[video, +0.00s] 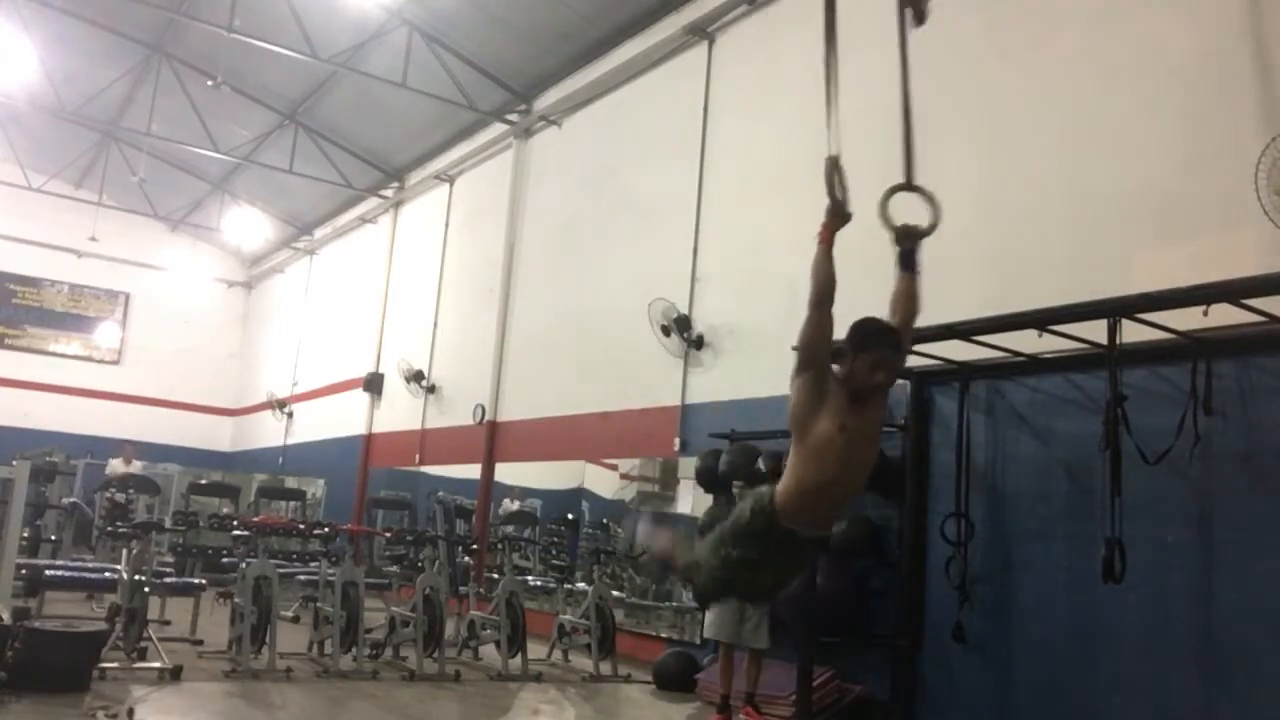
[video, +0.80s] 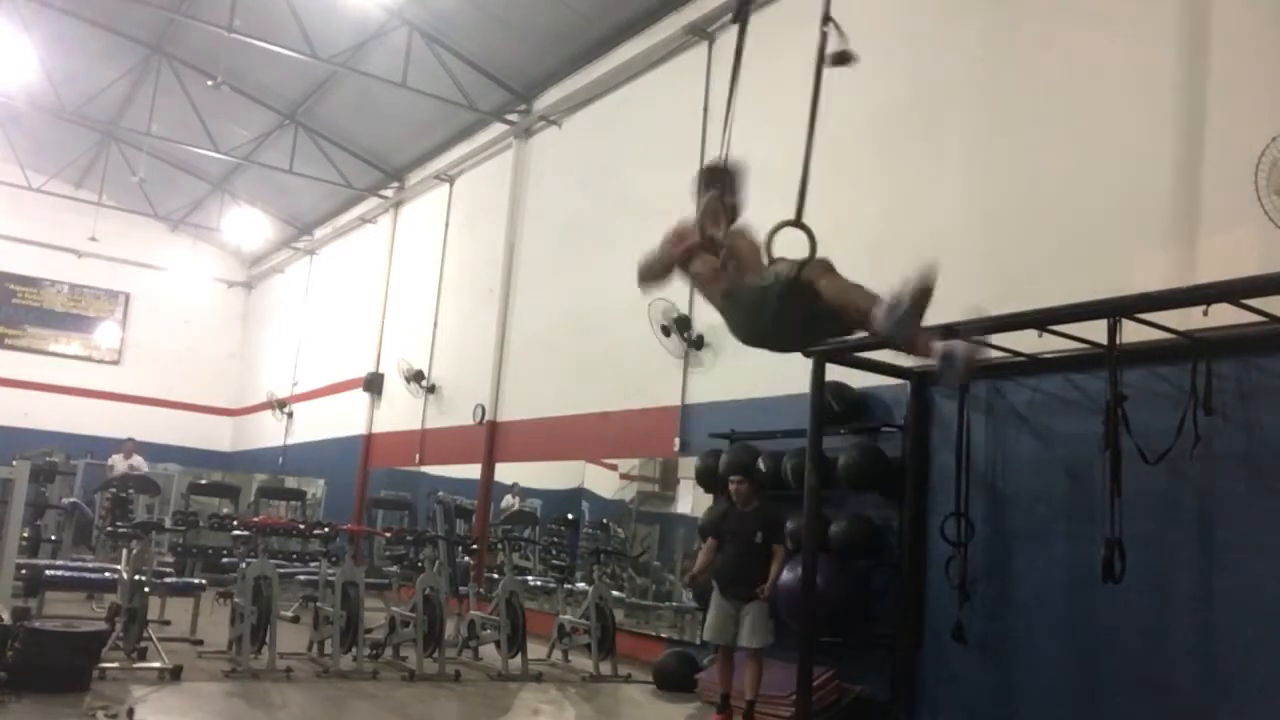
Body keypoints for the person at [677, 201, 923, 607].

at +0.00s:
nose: (882, 379)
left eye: (889, 370)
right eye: (873, 367)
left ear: (894, 370)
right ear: (848, 360)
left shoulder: (877, 395)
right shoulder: (816, 393)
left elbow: (903, 324)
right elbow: (820, 307)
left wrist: (908, 253)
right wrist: (827, 235)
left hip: (808, 541)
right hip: (767, 524)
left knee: (751, 593)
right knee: (704, 577)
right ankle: (654, 536)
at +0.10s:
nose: (857, 381)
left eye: (864, 372)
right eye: (848, 371)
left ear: (867, 374)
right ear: (822, 367)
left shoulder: (854, 405)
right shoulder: (794, 399)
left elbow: (871, 332)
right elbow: (803, 314)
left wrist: (873, 265)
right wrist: (806, 250)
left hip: (802, 558)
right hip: (762, 544)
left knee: (747, 631)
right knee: (710, 622)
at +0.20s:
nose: (818, 389)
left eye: (824, 381)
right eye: (810, 378)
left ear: (827, 384)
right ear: (786, 374)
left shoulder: (816, 415)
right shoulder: (759, 408)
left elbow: (834, 345)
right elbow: (769, 330)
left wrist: (836, 276)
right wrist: (774, 266)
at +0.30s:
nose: (772, 397)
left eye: (777, 389)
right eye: (764, 389)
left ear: (783, 389)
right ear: (742, 387)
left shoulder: (774, 421)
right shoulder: (722, 417)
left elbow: (791, 352)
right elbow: (725, 340)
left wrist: (798, 289)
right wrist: (731, 276)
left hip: (767, 541)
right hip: (730, 539)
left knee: (761, 634)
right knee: (726, 632)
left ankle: (752, 700)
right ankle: (723, 704)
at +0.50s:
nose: (695, 350)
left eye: (696, 343)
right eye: (684, 344)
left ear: (699, 350)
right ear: (667, 355)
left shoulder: (725, 387)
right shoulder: (671, 397)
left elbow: (757, 347)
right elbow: (666, 331)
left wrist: (756, 291)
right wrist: (676, 273)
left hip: (769, 443)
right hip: (745, 443)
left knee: (853, 412)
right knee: (828, 398)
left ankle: (944, 453)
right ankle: (917, 432)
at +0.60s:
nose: (682, 322)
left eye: (683, 319)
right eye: (673, 320)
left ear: (689, 325)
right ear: (659, 334)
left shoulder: (711, 350)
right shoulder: (673, 363)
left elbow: (768, 339)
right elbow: (648, 316)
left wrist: (766, 294)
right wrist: (659, 262)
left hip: (786, 359)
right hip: (751, 363)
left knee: (890, 338)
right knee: (816, 311)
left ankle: (908, 445)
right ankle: (856, 419)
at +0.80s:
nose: (716, 203)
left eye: (723, 196)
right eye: (710, 195)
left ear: (734, 201)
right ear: (698, 199)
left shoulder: (742, 238)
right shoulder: (684, 237)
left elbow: (762, 277)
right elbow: (645, 277)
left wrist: (728, 262)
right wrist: (675, 256)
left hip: (783, 321)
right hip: (748, 314)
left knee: (861, 309)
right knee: (816, 271)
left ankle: (938, 353)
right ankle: (878, 313)